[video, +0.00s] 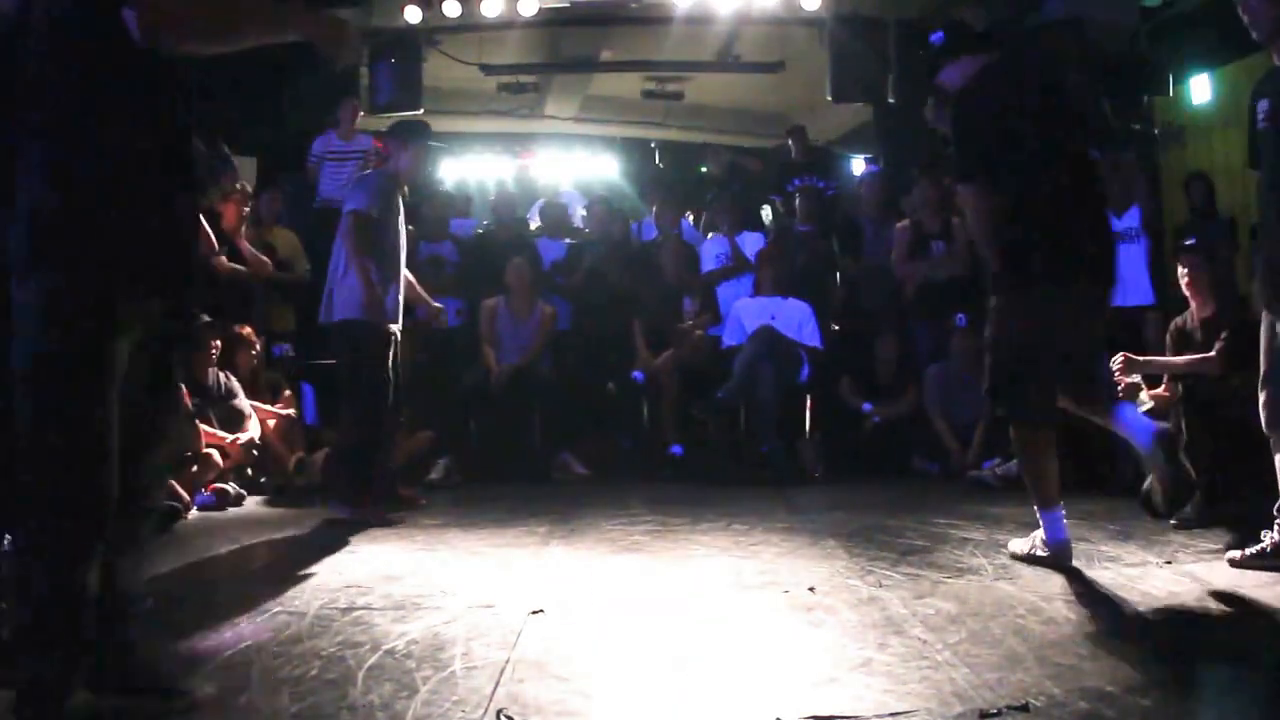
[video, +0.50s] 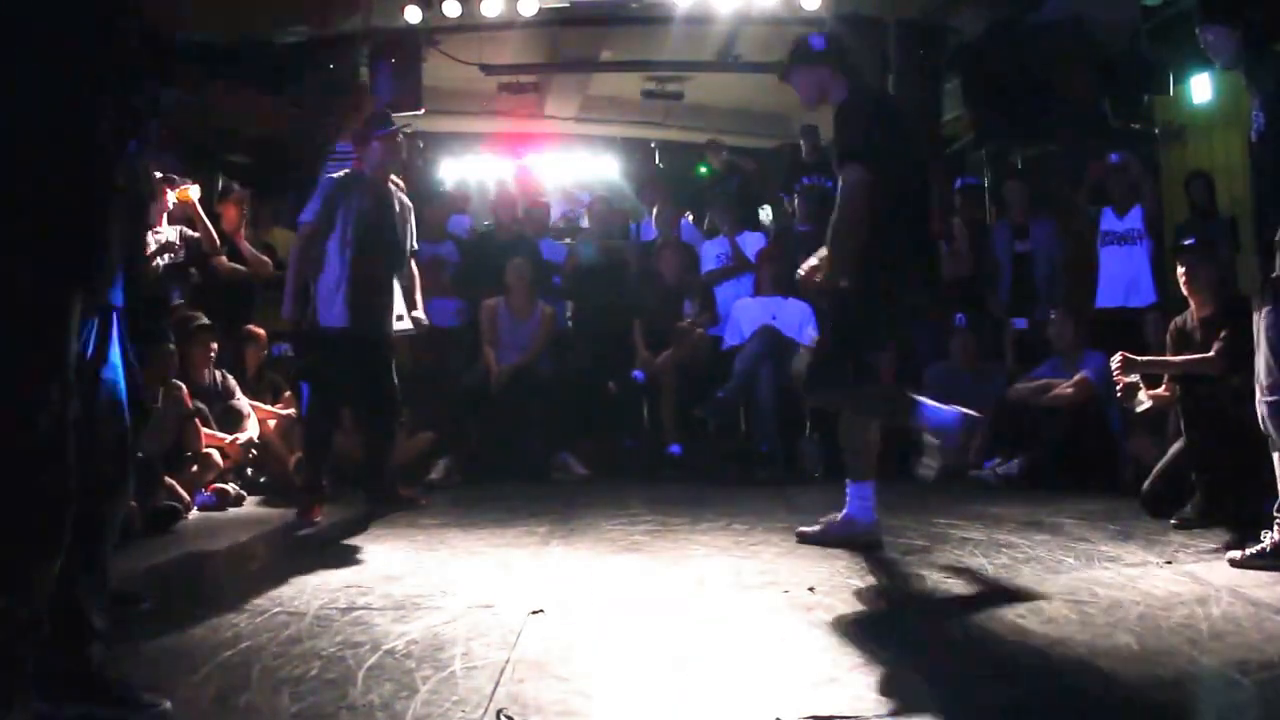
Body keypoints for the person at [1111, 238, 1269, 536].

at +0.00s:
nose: (1186, 275)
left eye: (1195, 267)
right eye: (1182, 268)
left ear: (1213, 272)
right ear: (1176, 274)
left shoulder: (1237, 317)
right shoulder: (1178, 328)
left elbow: (1218, 362)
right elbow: (1172, 391)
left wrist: (1143, 364)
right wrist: (1144, 395)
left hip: (1239, 434)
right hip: (1194, 438)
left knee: (1193, 391)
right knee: (1159, 497)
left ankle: (1205, 497)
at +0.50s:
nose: (1184, 274)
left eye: (1192, 266)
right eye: (1180, 267)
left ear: (1213, 270)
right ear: (1175, 274)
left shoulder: (1237, 312)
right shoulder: (1179, 327)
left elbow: (1217, 362)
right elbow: (1173, 389)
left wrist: (1142, 364)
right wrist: (1146, 395)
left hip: (1240, 430)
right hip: (1201, 434)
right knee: (1155, 498)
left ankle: (1206, 498)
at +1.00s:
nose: (1181, 276)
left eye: (1190, 268)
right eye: (1178, 268)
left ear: (1212, 274)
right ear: (1175, 275)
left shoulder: (1233, 320)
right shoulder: (1179, 328)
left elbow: (1217, 364)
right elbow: (1179, 392)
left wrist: (1141, 363)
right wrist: (1148, 399)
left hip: (1239, 429)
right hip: (1203, 433)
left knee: (1191, 392)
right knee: (1155, 497)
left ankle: (1205, 499)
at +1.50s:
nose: (1183, 275)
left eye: (1193, 267)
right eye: (1180, 266)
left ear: (1214, 273)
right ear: (1175, 273)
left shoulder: (1238, 315)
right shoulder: (1178, 328)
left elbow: (1218, 364)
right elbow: (1174, 394)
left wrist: (1143, 361)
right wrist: (1146, 400)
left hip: (1241, 431)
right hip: (1201, 434)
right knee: (1155, 498)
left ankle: (1203, 498)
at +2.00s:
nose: (1179, 276)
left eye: (1188, 269)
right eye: (1177, 269)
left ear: (1212, 274)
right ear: (1174, 275)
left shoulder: (1237, 317)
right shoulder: (1178, 328)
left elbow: (1218, 365)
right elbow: (1176, 394)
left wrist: (1142, 360)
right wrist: (1148, 398)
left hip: (1241, 433)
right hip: (1203, 434)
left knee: (1194, 394)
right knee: (1155, 499)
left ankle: (1206, 502)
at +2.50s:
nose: (1172, 277)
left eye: (1182, 270)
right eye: (1172, 270)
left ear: (1209, 276)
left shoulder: (1239, 315)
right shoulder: (1178, 330)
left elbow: (1218, 364)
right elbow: (1176, 396)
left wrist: (1144, 361)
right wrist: (1152, 399)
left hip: (1245, 431)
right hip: (1205, 435)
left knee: (1195, 398)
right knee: (1155, 498)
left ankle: (1208, 503)